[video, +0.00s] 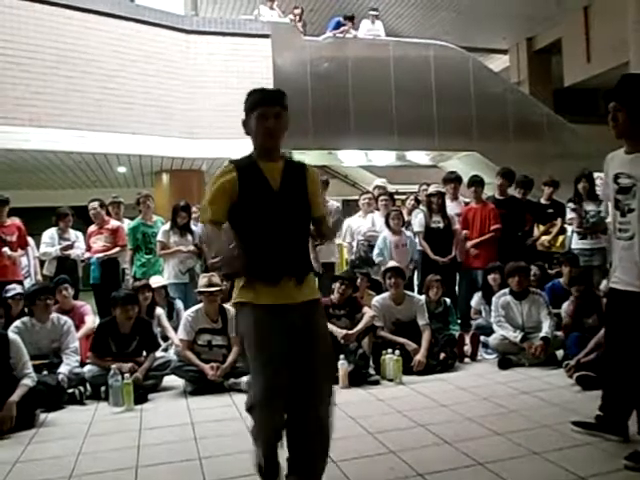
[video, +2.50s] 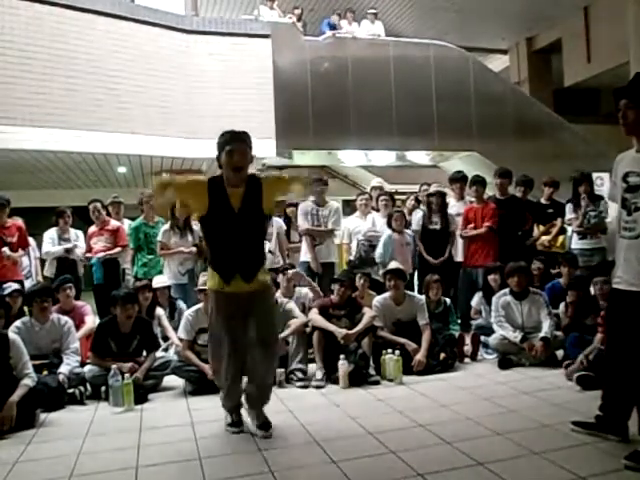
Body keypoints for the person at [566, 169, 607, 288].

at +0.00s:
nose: (583, 185)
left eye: (586, 182)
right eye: (580, 182)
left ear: (591, 185)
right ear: (576, 185)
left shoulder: (601, 203)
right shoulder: (572, 204)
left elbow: (604, 223)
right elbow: (576, 225)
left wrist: (585, 227)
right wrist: (598, 225)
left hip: (598, 248)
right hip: (579, 248)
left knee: (596, 285)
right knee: (579, 284)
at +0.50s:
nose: (582, 186)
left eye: (585, 182)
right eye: (579, 182)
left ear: (590, 185)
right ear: (575, 185)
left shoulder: (600, 204)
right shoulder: (572, 204)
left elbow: (605, 224)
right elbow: (577, 226)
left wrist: (586, 229)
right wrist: (598, 226)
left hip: (598, 246)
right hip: (579, 247)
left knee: (597, 284)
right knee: (579, 283)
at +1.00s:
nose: (583, 185)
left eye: (586, 182)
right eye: (580, 182)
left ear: (591, 184)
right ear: (576, 185)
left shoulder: (600, 201)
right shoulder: (571, 204)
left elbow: (603, 222)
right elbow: (576, 225)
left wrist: (586, 229)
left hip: (598, 247)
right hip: (579, 247)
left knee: (598, 283)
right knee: (580, 283)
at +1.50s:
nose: (584, 186)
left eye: (587, 183)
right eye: (581, 183)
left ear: (591, 185)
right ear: (576, 186)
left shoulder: (601, 202)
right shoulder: (571, 204)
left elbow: (602, 224)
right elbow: (575, 226)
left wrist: (585, 230)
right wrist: (581, 214)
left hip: (598, 247)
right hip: (579, 247)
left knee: (600, 285)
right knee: (579, 285)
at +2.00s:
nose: (585, 187)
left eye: (587, 183)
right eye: (581, 183)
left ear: (591, 185)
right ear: (577, 186)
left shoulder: (600, 201)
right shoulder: (571, 203)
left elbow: (602, 224)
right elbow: (575, 225)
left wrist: (584, 229)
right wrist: (581, 214)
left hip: (597, 246)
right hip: (579, 246)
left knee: (599, 282)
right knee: (580, 281)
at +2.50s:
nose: (584, 189)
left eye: (587, 185)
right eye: (581, 186)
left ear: (591, 186)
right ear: (577, 187)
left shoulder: (600, 201)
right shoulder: (571, 204)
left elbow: (603, 225)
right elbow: (575, 225)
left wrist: (583, 230)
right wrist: (583, 208)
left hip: (597, 246)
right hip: (579, 246)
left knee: (598, 279)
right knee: (580, 279)